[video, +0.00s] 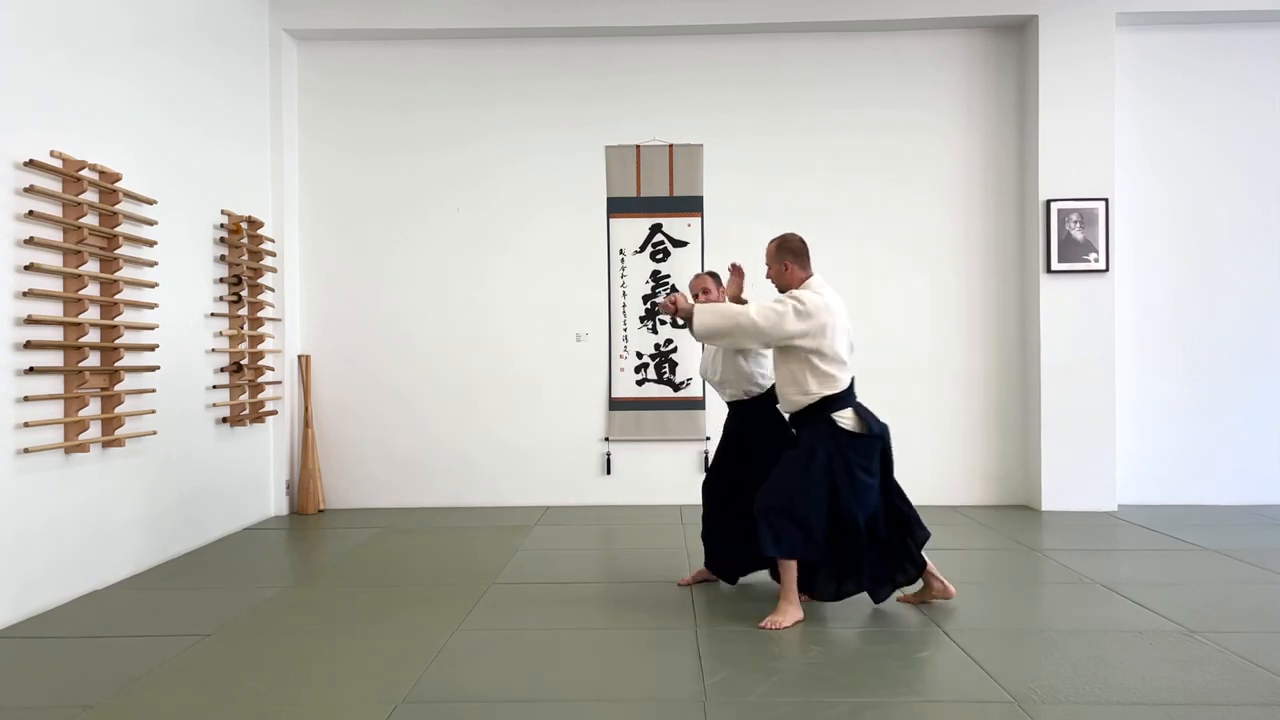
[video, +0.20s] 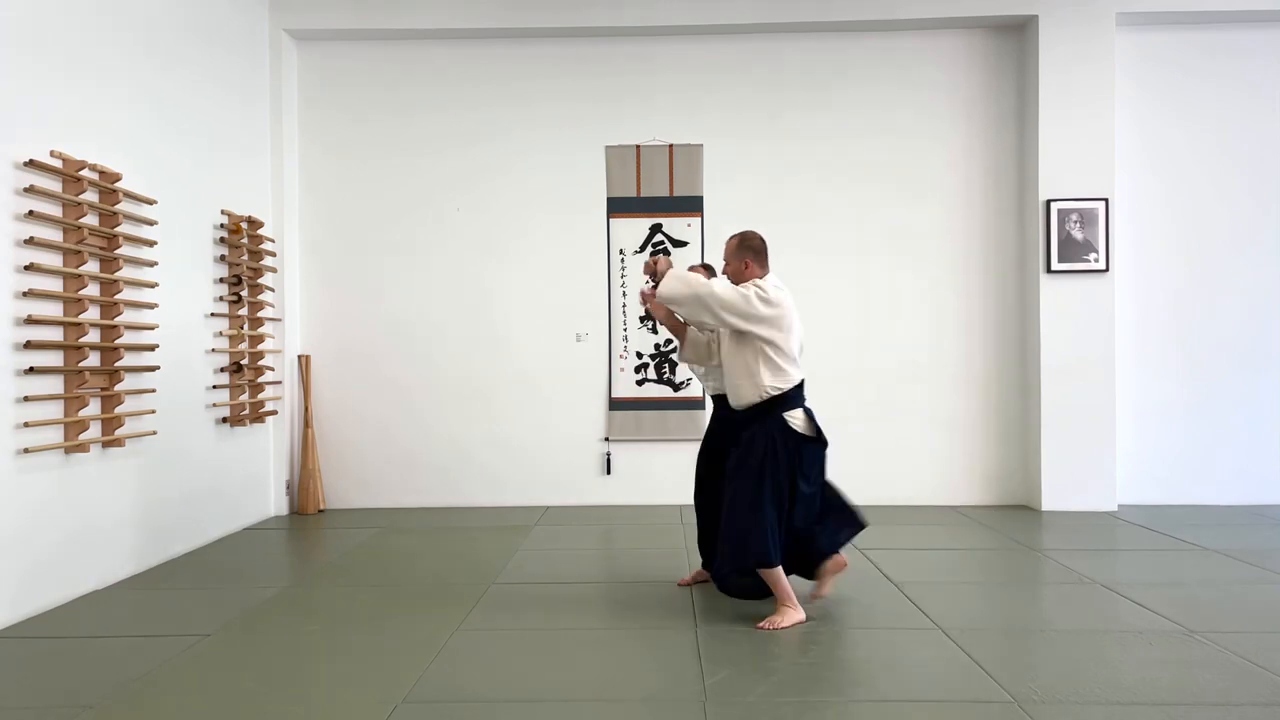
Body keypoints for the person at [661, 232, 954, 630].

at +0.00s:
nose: (768, 275)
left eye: (770, 268)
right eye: (768, 268)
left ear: (788, 268)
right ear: (801, 266)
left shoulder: (804, 307)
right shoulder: (822, 298)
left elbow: (749, 321)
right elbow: (763, 327)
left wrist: (690, 311)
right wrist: (735, 305)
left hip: (827, 430)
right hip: (847, 422)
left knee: (777, 504)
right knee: (875, 505)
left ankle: (790, 603)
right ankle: (933, 582)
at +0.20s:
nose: (725, 272)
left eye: (729, 264)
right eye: (726, 265)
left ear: (748, 263)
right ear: (755, 263)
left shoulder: (764, 297)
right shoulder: (750, 302)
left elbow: (703, 296)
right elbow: (711, 352)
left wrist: (668, 272)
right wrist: (673, 324)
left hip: (776, 421)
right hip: (764, 419)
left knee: (749, 513)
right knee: (763, 505)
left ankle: (789, 606)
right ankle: (825, 558)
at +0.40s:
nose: (681, 270)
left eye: (688, 262)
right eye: (679, 264)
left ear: (707, 264)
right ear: (683, 271)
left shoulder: (730, 304)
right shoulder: (677, 305)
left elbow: (705, 246)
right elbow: (633, 288)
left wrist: (677, 228)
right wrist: (649, 248)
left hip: (717, 419)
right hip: (675, 419)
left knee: (732, 516)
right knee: (628, 494)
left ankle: (787, 605)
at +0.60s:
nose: (671, 287)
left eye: (677, 283)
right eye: (666, 279)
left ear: (681, 290)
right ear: (645, 278)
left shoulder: (675, 324)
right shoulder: (610, 312)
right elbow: (653, 293)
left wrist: (717, 287)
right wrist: (688, 267)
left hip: (654, 439)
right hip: (604, 434)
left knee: (697, 507)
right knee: (571, 505)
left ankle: (736, 590)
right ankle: (550, 575)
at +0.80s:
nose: (640, 302)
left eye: (644, 295)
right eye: (635, 295)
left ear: (647, 291)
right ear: (613, 286)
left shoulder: (646, 323)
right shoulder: (581, 321)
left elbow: (661, 381)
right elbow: (590, 361)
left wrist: (668, 355)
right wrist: (642, 346)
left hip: (642, 431)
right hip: (593, 433)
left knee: (674, 506)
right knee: (561, 508)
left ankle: (690, 588)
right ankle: (543, 575)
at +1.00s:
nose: (646, 330)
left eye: (652, 323)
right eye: (639, 322)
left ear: (657, 317)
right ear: (618, 313)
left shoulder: (664, 344)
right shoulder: (590, 341)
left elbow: (679, 394)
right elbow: (573, 394)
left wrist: (660, 407)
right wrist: (627, 410)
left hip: (647, 442)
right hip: (599, 439)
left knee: (675, 511)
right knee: (567, 506)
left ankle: (697, 595)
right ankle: (547, 580)